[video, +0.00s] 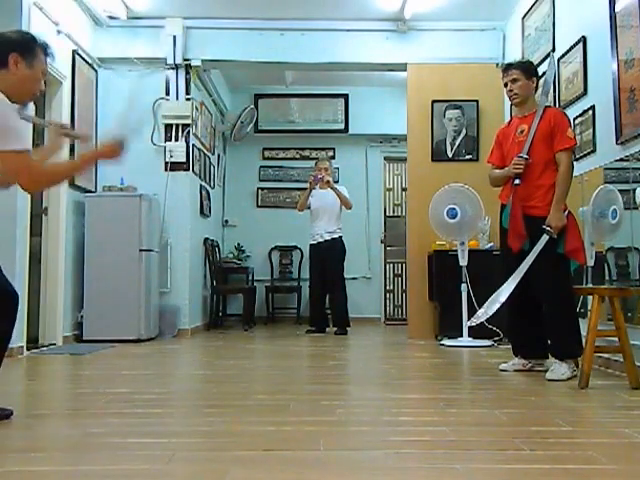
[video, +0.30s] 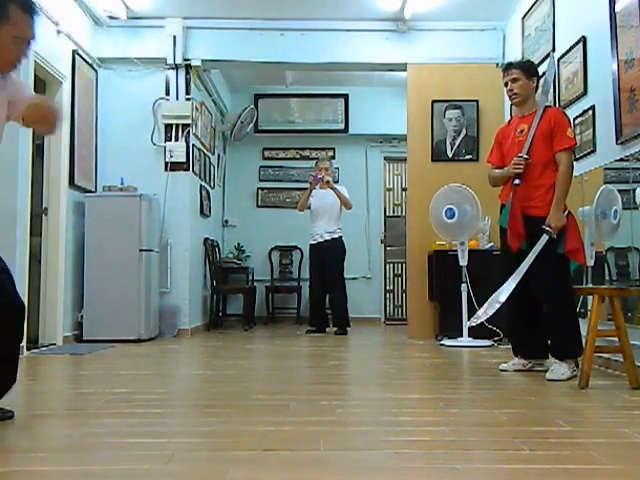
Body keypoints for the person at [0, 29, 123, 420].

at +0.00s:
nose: (42, 86)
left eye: (44, 78)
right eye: (40, 75)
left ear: (14, 66)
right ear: (14, 64)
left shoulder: (8, 110)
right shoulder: (6, 110)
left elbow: (14, 173)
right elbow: (32, 180)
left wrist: (54, 144)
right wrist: (93, 156)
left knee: (8, 301)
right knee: (7, 302)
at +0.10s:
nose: (40, 68)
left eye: (41, 61)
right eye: (36, 58)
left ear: (12, 54)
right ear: (9, 50)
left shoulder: (13, 109)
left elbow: (63, 157)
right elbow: (10, 161)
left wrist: (123, 142)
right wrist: (51, 111)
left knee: (12, 302)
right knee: (10, 301)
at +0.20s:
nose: (34, 66)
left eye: (38, 56)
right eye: (31, 53)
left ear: (32, 57)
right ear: (5, 44)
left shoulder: (12, 104)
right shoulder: (9, 102)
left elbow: (66, 135)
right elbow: (64, 135)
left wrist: (137, 127)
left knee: (15, 303)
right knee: (13, 303)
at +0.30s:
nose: (22, 53)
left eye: (27, 43)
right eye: (17, 41)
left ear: (30, 43)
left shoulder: (11, 84)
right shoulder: (8, 87)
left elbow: (43, 120)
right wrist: (34, 112)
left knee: (11, 311)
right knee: (9, 311)